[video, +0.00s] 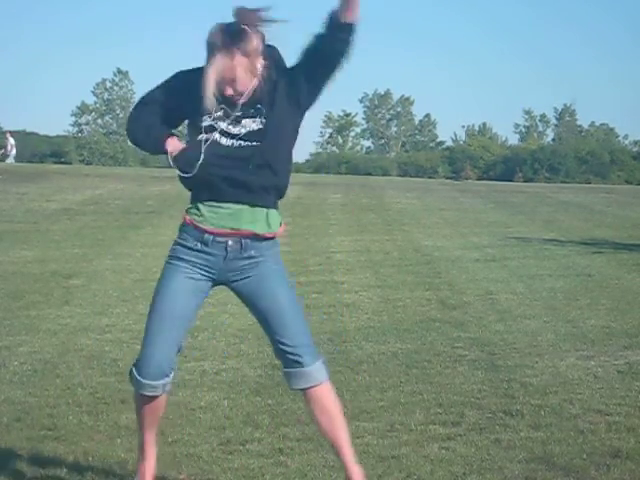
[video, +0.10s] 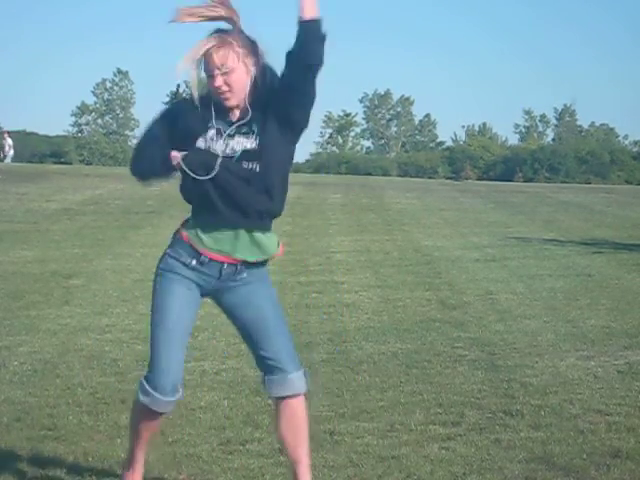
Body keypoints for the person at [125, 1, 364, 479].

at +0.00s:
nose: (234, 93)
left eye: (241, 84)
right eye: (224, 84)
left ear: (260, 67)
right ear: (212, 65)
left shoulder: (290, 90)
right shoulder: (192, 85)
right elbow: (140, 119)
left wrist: (348, 8)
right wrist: (173, 146)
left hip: (259, 256)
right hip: (193, 251)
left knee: (305, 363)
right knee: (151, 368)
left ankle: (354, 470)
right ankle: (147, 461)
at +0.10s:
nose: (218, 79)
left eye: (227, 69)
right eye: (211, 72)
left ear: (252, 66)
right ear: (206, 76)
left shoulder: (279, 114)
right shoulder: (191, 115)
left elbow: (307, 62)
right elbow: (142, 167)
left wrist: (308, 5)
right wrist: (171, 159)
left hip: (248, 270)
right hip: (186, 262)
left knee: (289, 380)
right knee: (162, 387)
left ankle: (304, 475)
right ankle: (134, 467)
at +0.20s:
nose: (215, 96)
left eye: (225, 87)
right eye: (208, 88)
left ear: (248, 92)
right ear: (202, 94)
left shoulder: (271, 139)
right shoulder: (189, 156)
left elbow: (311, 128)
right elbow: (169, 226)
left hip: (238, 294)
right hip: (177, 284)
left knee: (297, 386)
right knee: (159, 407)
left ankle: (304, 478)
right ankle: (135, 472)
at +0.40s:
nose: (217, 49)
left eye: (226, 39)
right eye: (209, 39)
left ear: (247, 36)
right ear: (197, 37)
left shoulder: (270, 76)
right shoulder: (180, 82)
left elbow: (309, 114)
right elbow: (162, 159)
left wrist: (333, 137)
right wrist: (189, 156)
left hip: (262, 238)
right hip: (198, 235)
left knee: (294, 361)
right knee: (162, 359)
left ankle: (316, 470)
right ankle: (159, 461)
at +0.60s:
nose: (222, 32)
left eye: (231, 23)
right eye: (213, 23)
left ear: (247, 21)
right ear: (198, 20)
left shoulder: (263, 64)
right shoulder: (178, 62)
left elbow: (291, 138)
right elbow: (151, 122)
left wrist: (333, 128)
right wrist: (168, 152)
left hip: (261, 220)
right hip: (225, 220)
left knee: (258, 337)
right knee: (221, 333)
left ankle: (265, 444)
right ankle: (241, 451)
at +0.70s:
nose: (211, 50)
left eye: (222, 41)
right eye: (202, 40)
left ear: (241, 47)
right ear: (192, 46)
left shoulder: (257, 98)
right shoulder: (187, 96)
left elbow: (288, 183)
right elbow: (177, 165)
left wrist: (278, 133)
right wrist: (192, 199)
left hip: (272, 258)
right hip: (221, 259)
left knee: (260, 378)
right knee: (218, 374)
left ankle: (264, 467)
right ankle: (263, 473)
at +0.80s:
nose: (210, 63)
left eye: (223, 55)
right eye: (202, 54)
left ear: (242, 65)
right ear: (193, 63)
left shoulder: (250, 113)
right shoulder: (198, 115)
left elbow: (266, 188)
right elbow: (207, 185)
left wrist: (217, 147)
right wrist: (186, 221)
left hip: (273, 281)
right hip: (218, 276)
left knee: (250, 409)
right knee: (201, 392)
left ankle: (247, 466)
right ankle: (258, 476)